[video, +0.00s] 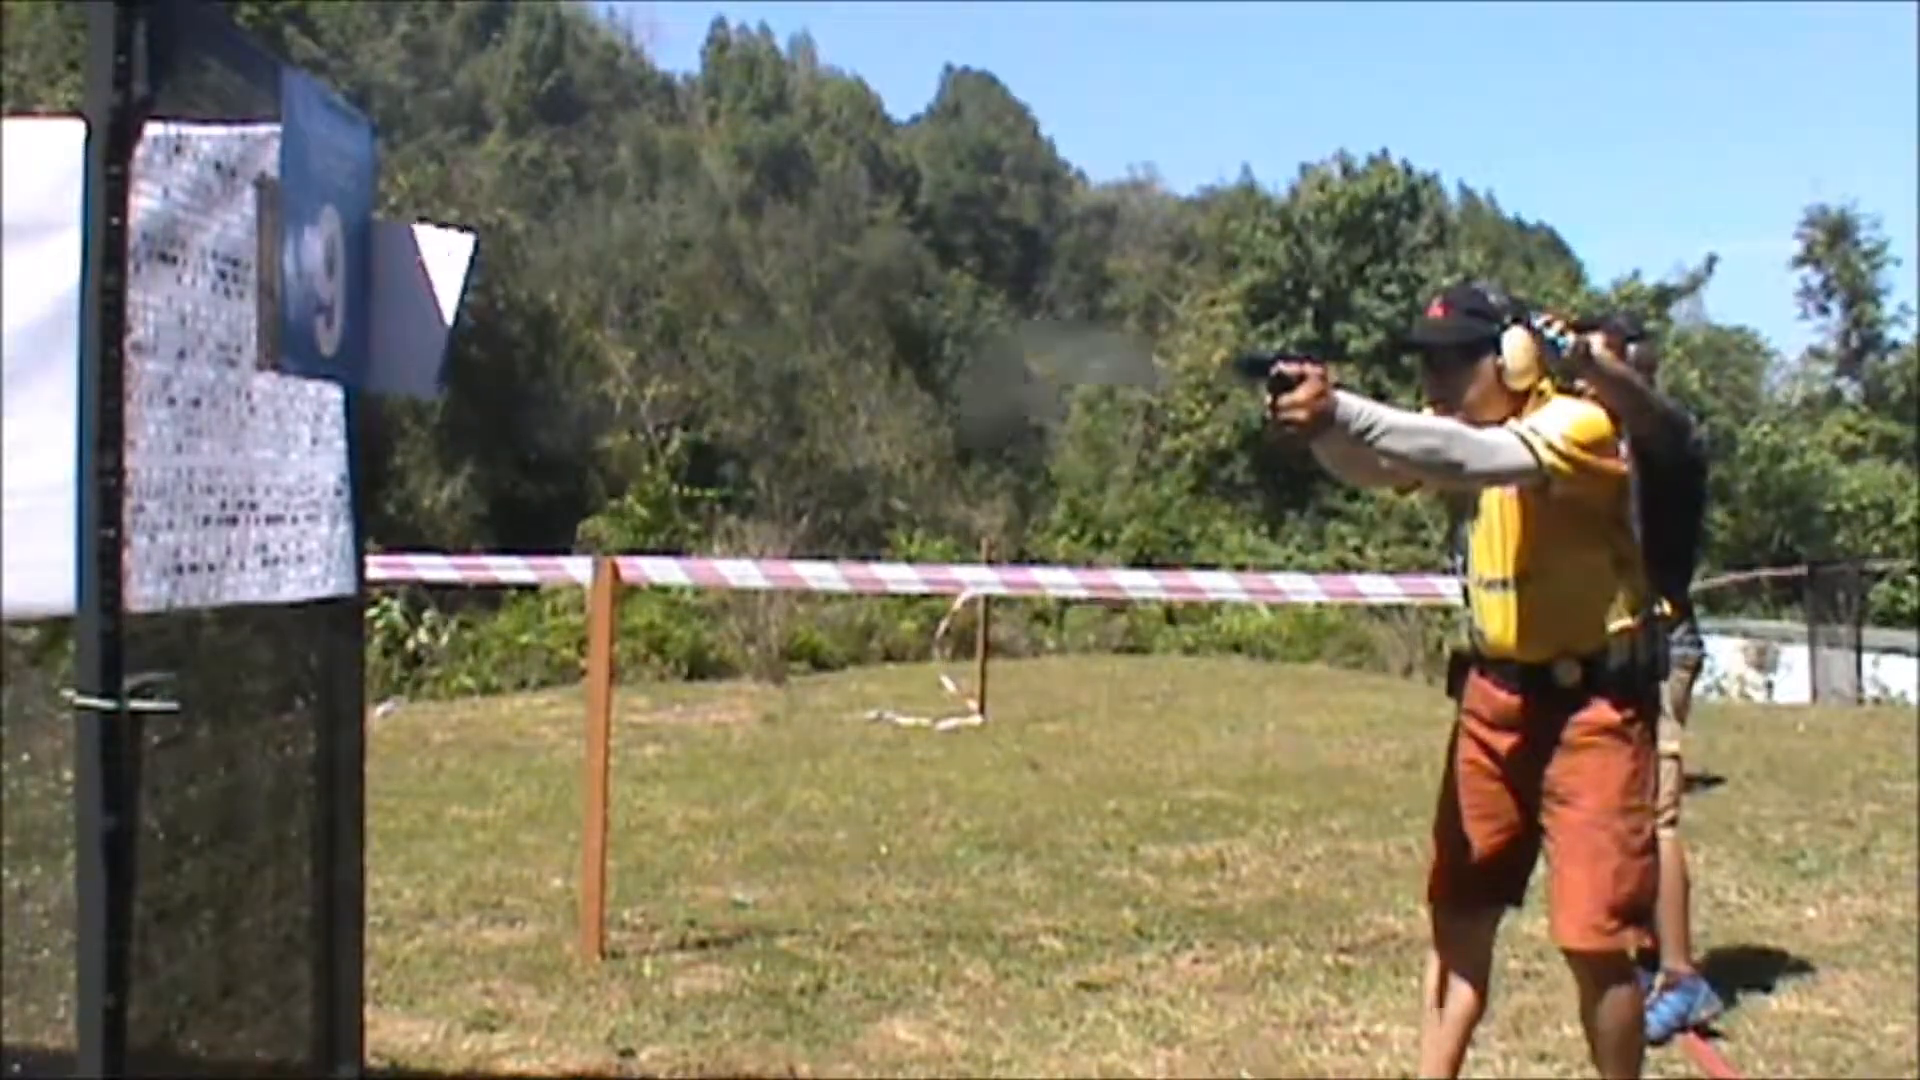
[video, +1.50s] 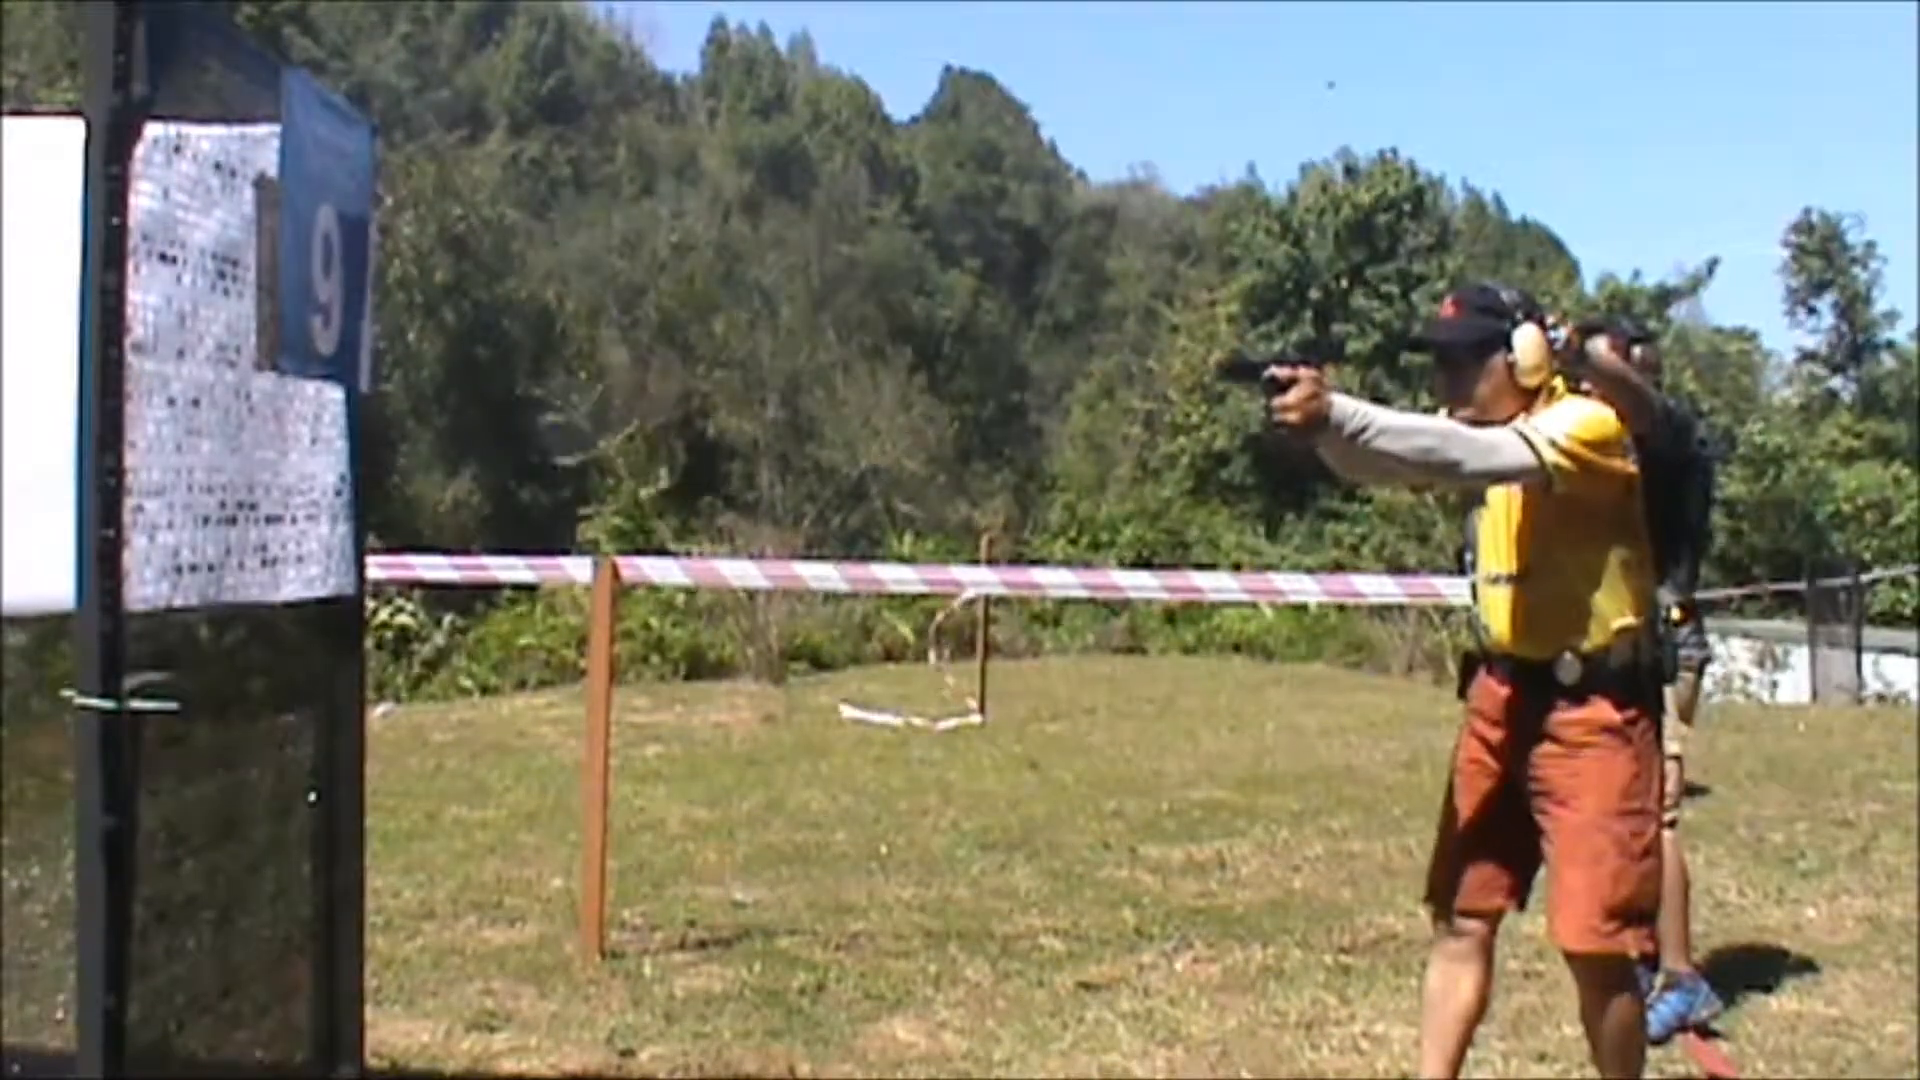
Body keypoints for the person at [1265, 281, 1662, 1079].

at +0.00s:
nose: (1435, 385)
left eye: (1451, 365)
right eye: (1429, 366)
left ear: (1506, 360)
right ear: (1430, 364)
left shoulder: (1580, 424)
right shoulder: (1470, 440)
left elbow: (1473, 455)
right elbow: (1386, 467)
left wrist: (1340, 408)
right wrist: (1316, 424)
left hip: (1597, 706)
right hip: (1495, 699)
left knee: (1594, 938)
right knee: (1461, 906)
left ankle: (1620, 1072)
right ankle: (1434, 1070)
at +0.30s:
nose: (1447, 392)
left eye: (1461, 371)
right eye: (1440, 373)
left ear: (1514, 360)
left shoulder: (1588, 427)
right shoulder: (1488, 436)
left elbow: (1470, 457)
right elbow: (1404, 471)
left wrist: (1338, 409)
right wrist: (1320, 429)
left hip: (1599, 708)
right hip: (1501, 699)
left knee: (1593, 942)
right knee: (1462, 918)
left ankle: (1621, 1072)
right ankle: (1432, 1071)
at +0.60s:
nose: (1451, 394)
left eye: (1465, 373)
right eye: (1444, 374)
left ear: (1517, 362)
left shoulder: (1591, 427)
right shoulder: (1493, 438)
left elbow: (1476, 460)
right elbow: (1406, 468)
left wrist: (1342, 412)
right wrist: (1322, 430)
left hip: (1601, 709)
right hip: (1504, 699)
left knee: (1595, 944)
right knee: (1464, 920)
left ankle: (1622, 1073)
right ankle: (1433, 1071)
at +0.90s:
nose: (1449, 392)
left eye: (1462, 371)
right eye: (1442, 373)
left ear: (1514, 362)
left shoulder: (1592, 427)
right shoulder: (1497, 435)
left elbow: (1469, 457)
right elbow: (1408, 469)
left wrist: (1334, 410)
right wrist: (1321, 428)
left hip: (1601, 711)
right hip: (1506, 699)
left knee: (1596, 945)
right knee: (1464, 920)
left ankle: (1623, 1072)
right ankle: (1433, 1072)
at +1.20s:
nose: (1446, 394)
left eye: (1459, 374)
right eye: (1439, 376)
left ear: (1510, 365)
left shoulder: (1589, 428)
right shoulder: (1486, 438)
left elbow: (1474, 459)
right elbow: (1388, 470)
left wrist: (1331, 414)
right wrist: (1312, 431)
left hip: (1601, 706)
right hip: (1504, 696)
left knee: (1596, 942)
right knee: (1465, 918)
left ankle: (1622, 1073)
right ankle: (1433, 1071)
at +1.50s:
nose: (1449, 392)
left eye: (1462, 371)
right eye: (1443, 373)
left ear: (1513, 360)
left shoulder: (1589, 425)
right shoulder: (1490, 435)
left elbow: (1472, 453)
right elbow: (1400, 467)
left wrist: (1338, 410)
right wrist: (1319, 427)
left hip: (1598, 709)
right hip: (1502, 698)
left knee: (1595, 942)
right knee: (1463, 917)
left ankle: (1623, 1072)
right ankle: (1433, 1072)